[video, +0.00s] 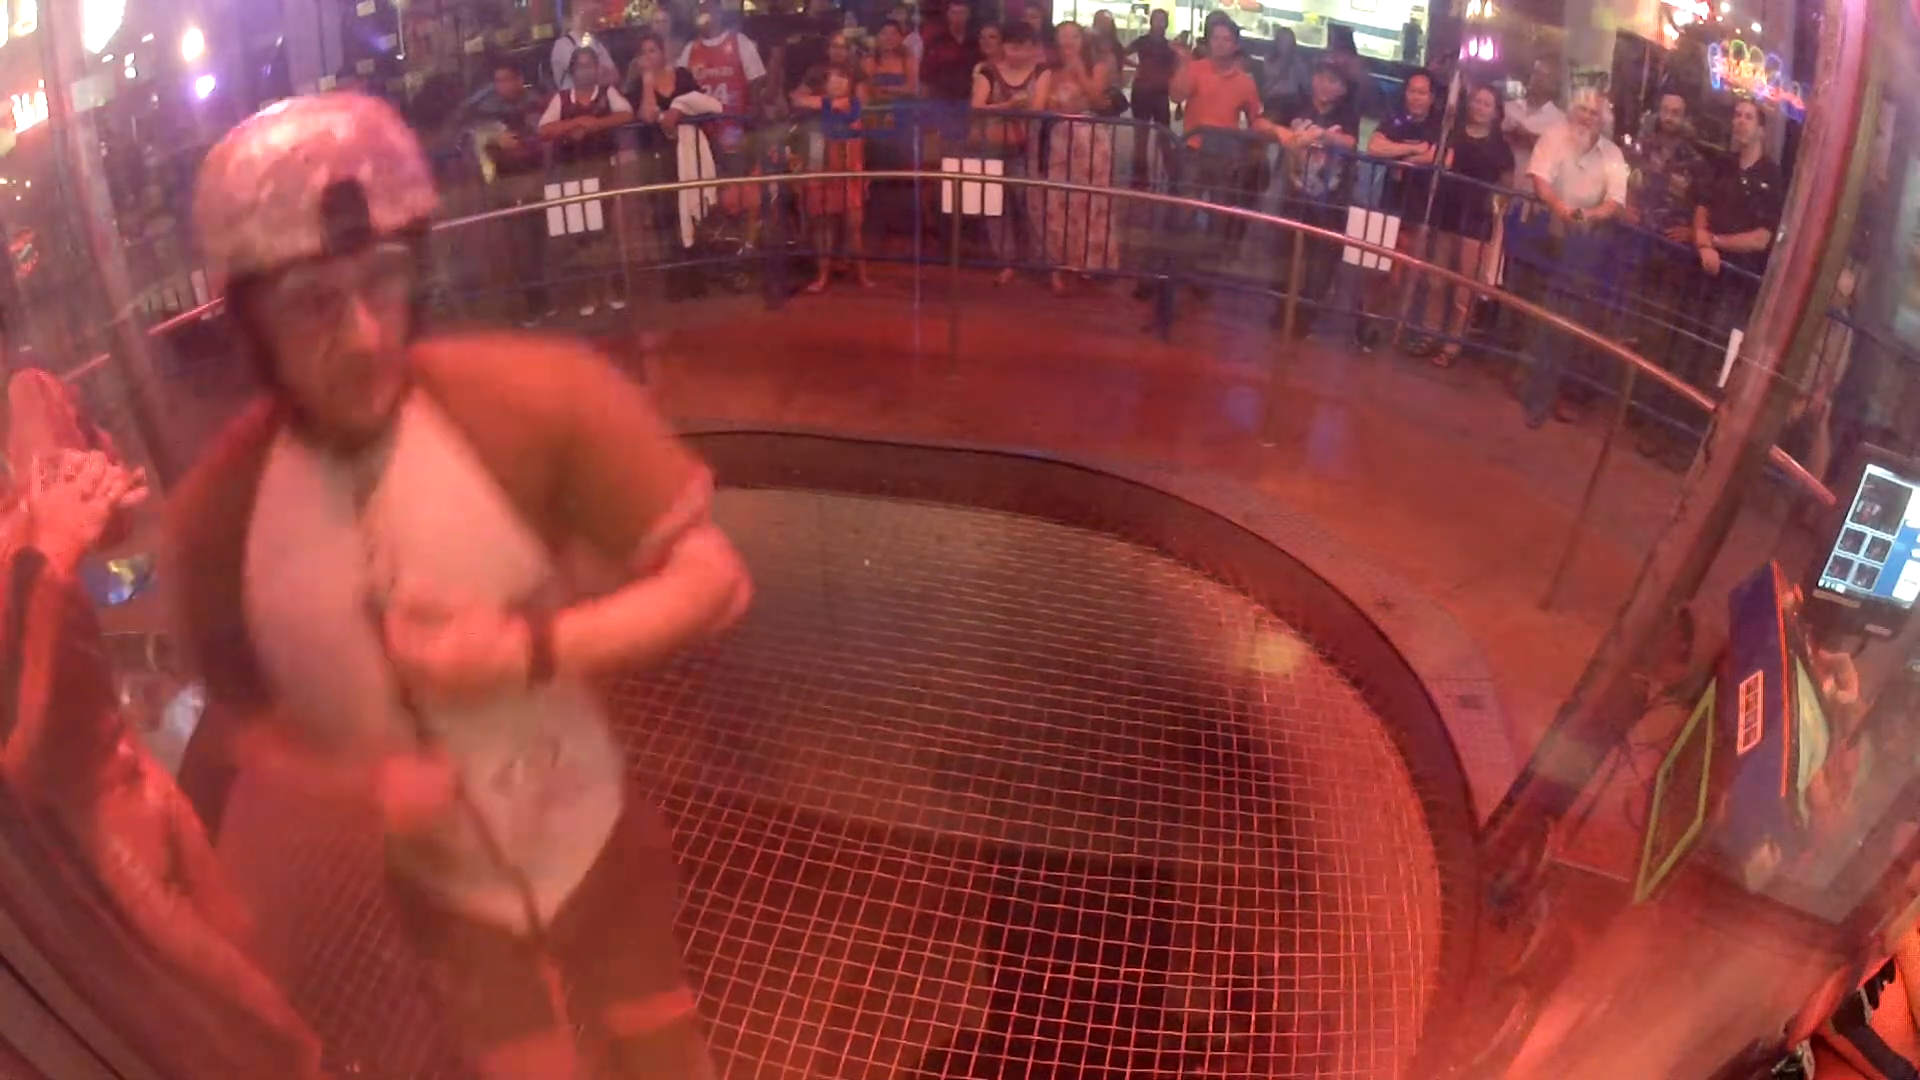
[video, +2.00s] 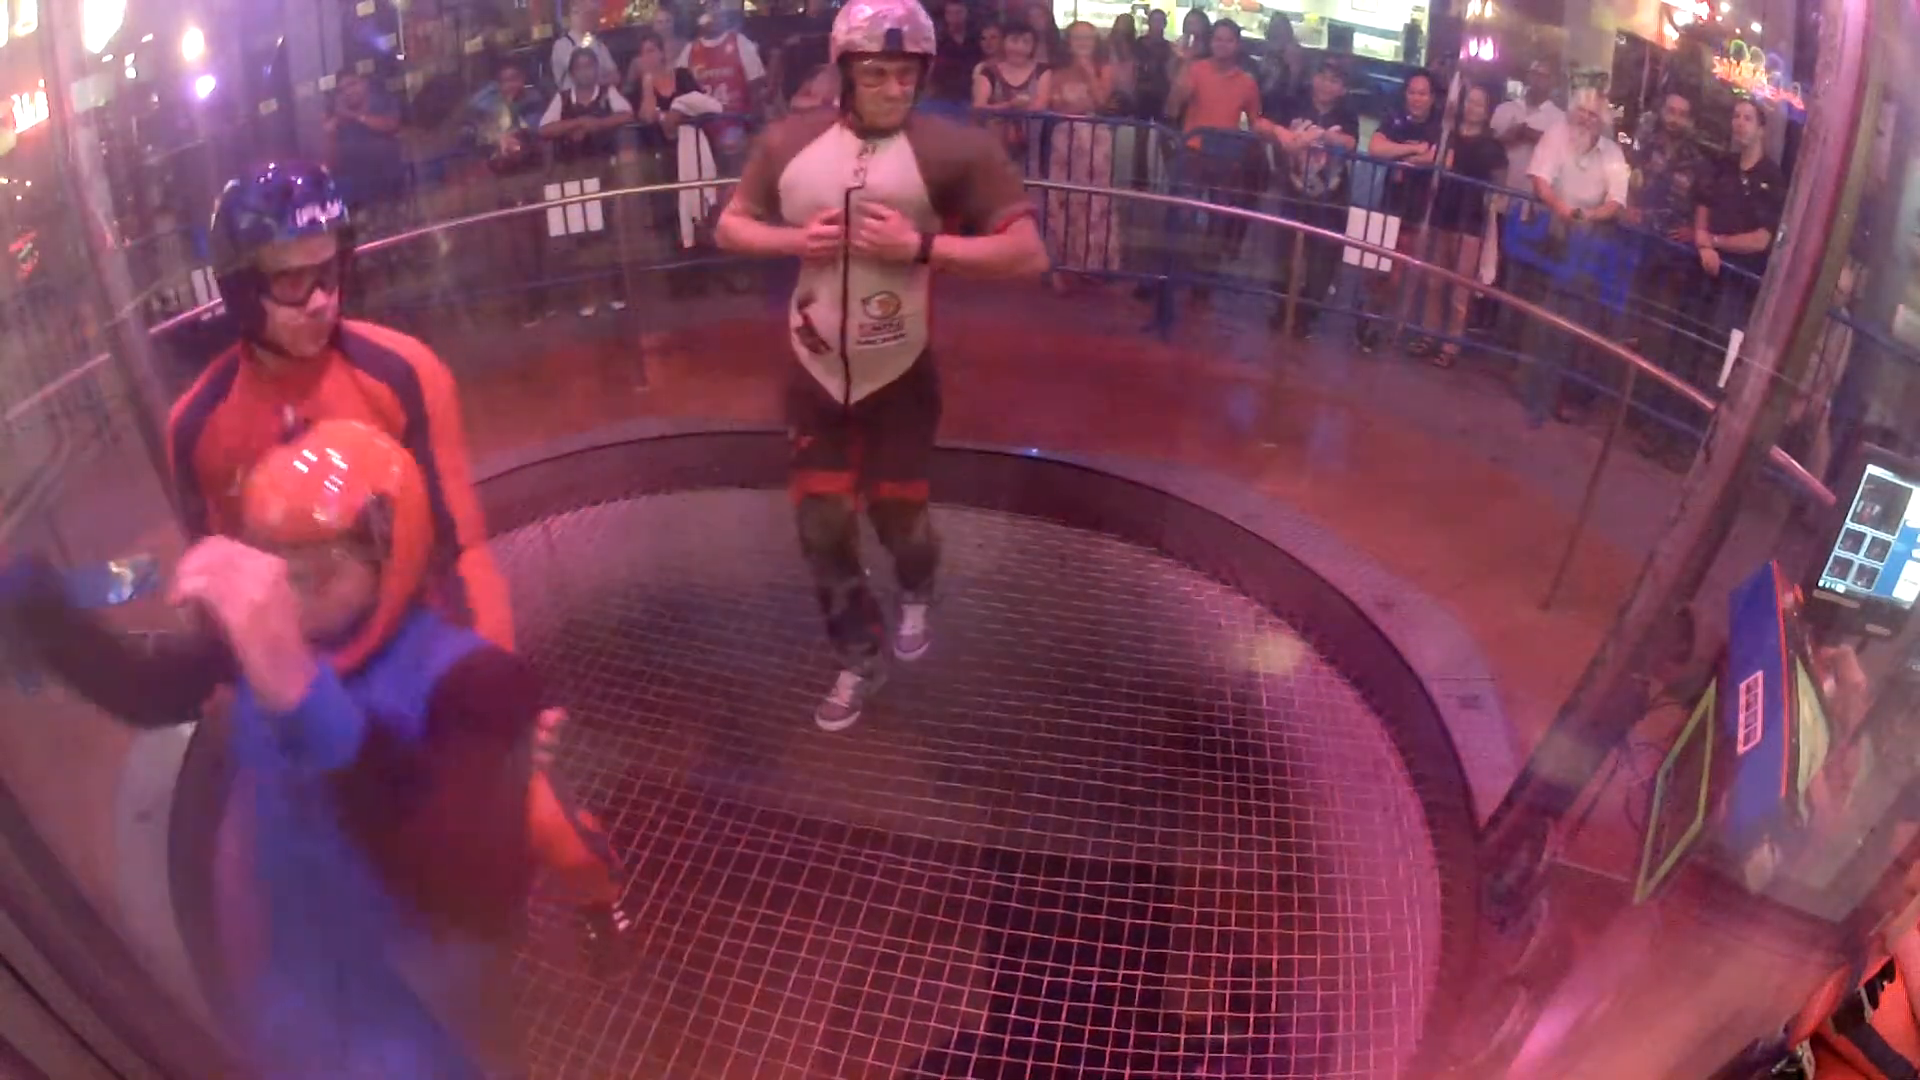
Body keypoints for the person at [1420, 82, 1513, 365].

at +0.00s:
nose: (1480, 107)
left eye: (1487, 104)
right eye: (1477, 101)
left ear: (1496, 112)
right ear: (1468, 104)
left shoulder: (1500, 148)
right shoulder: (1453, 137)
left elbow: (1506, 187)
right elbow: (1439, 167)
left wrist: (1497, 212)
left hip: (1477, 219)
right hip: (1446, 212)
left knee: (1464, 287)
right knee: (1436, 279)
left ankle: (1453, 342)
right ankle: (1430, 333)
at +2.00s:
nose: (1472, 108)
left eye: (1478, 103)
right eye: (1468, 101)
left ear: (1488, 110)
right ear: (1461, 106)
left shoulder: (1492, 147)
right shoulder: (1449, 139)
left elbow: (1498, 184)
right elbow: (1436, 171)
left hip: (1472, 218)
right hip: (1442, 213)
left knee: (1461, 285)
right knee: (1434, 279)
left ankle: (1451, 342)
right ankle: (1428, 333)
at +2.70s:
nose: (1468, 109)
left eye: (1475, 105)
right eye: (1466, 103)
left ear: (1485, 112)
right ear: (1459, 106)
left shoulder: (1485, 148)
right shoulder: (1447, 139)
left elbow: (1476, 170)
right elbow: (1432, 164)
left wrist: (1449, 159)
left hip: (1461, 218)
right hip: (1435, 212)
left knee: (1449, 284)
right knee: (1432, 280)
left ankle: (1451, 340)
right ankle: (1428, 332)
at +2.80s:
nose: (1468, 109)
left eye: (1475, 105)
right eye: (1466, 103)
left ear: (1484, 112)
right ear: (1458, 106)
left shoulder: (1485, 147)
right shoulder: (1447, 138)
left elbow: (1476, 167)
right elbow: (1432, 162)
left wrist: (1450, 158)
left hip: (1462, 218)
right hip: (1435, 212)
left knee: (1449, 284)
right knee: (1433, 280)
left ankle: (1452, 340)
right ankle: (1429, 332)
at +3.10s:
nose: (1472, 110)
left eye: (1478, 106)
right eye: (1469, 104)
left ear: (1486, 112)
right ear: (1459, 107)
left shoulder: (1489, 146)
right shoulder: (1448, 138)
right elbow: (1435, 166)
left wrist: (1452, 161)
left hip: (1468, 220)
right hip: (1439, 213)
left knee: (1458, 284)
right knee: (1431, 280)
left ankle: (1455, 341)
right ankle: (1428, 331)